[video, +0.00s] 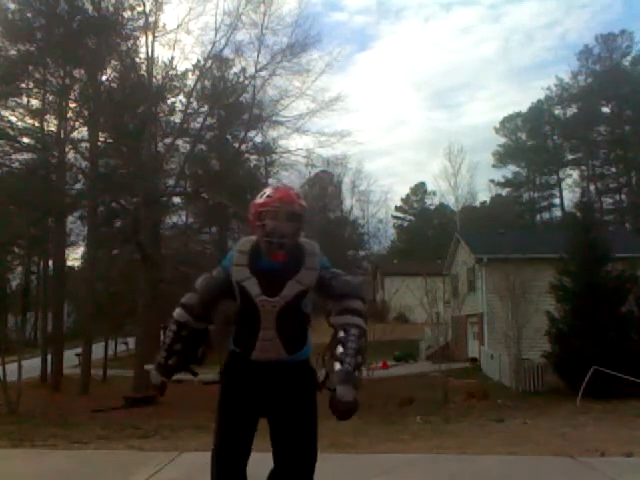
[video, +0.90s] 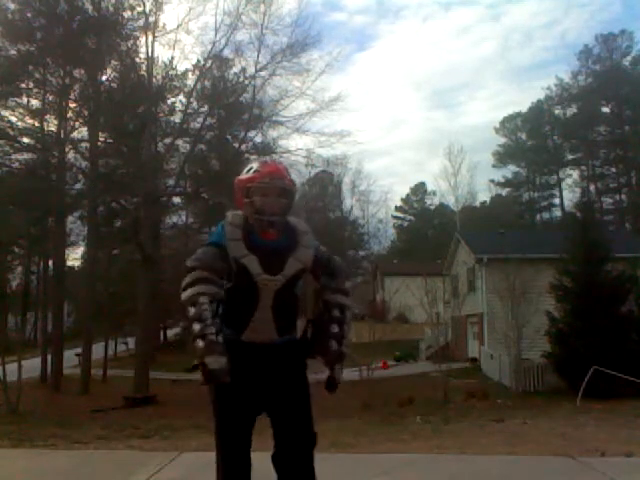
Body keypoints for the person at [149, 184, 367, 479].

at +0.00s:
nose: (283, 227)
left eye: (292, 219)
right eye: (275, 218)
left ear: (300, 225)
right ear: (259, 222)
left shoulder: (312, 261)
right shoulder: (238, 259)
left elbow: (348, 303)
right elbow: (198, 302)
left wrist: (346, 374)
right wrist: (170, 356)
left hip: (293, 375)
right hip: (242, 373)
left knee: (297, 465)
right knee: (227, 462)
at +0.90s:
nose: (272, 203)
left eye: (280, 195)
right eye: (264, 195)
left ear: (290, 201)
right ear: (248, 199)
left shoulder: (304, 242)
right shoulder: (225, 239)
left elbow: (335, 286)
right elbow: (199, 286)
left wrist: (332, 350)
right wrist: (211, 349)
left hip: (286, 359)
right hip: (236, 359)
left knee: (297, 448)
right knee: (233, 452)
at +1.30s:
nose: (289, 201)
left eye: (297, 193)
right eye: (280, 192)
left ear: (308, 199)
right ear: (264, 198)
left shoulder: (322, 244)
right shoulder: (248, 236)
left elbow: (332, 298)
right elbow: (236, 285)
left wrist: (320, 348)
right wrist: (260, 341)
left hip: (303, 366)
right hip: (253, 364)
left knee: (311, 461)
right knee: (250, 464)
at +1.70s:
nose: (312, 191)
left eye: (320, 182)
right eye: (302, 182)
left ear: (331, 188)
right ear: (285, 187)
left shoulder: (349, 238)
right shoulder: (261, 233)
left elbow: (370, 298)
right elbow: (243, 292)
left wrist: (360, 364)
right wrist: (253, 364)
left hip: (322, 364)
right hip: (270, 361)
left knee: (316, 462)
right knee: (257, 462)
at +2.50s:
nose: (302, 179)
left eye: (312, 171)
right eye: (291, 170)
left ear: (325, 180)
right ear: (274, 180)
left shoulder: (342, 229)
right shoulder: (253, 229)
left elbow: (378, 274)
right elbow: (225, 287)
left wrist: (369, 346)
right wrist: (209, 343)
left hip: (323, 364)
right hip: (267, 363)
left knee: (318, 465)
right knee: (264, 462)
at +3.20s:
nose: (285, 196)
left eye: (298, 185)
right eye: (276, 183)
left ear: (313, 188)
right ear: (256, 184)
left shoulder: (330, 229)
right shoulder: (231, 228)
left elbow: (373, 284)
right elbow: (192, 291)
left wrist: (375, 378)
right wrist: (172, 380)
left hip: (307, 366)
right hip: (248, 367)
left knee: (307, 467)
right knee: (255, 468)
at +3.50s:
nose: (286, 188)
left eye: (297, 178)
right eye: (275, 175)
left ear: (310, 182)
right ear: (255, 176)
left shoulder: (325, 220)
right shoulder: (230, 221)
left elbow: (370, 264)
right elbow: (188, 291)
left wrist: (380, 341)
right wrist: (171, 384)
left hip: (303, 362)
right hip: (244, 362)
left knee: (305, 466)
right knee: (248, 467)